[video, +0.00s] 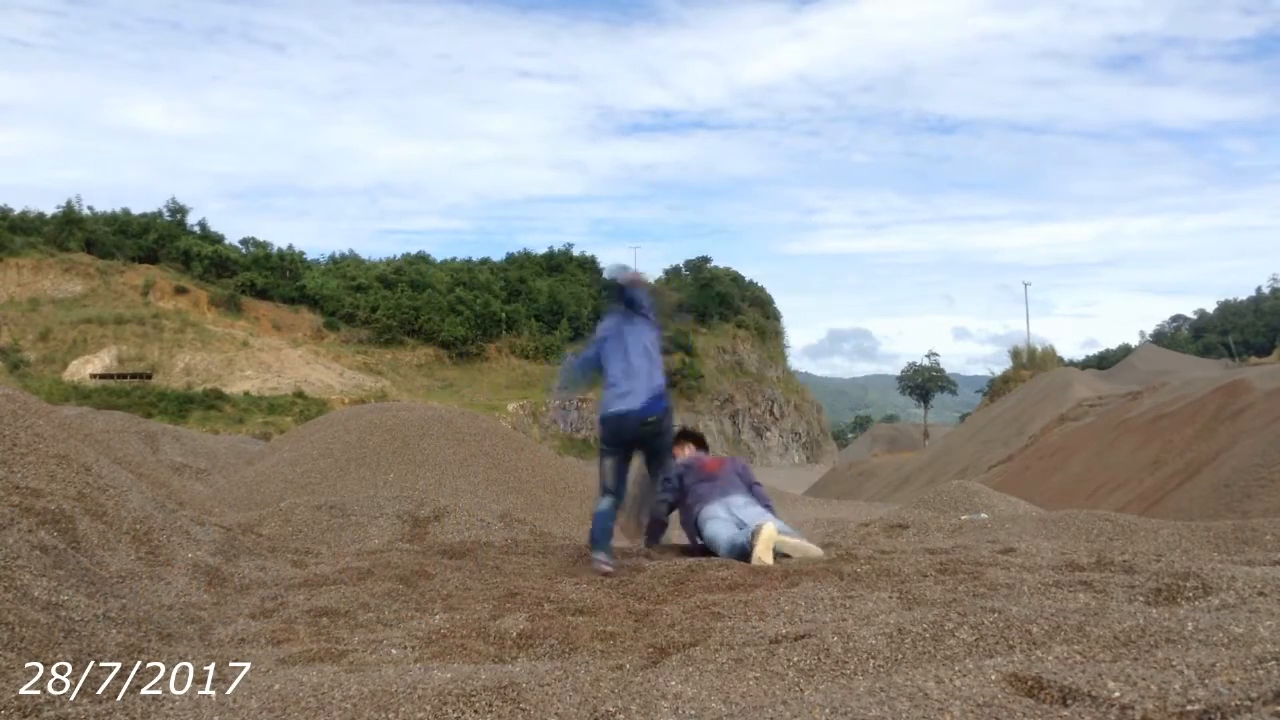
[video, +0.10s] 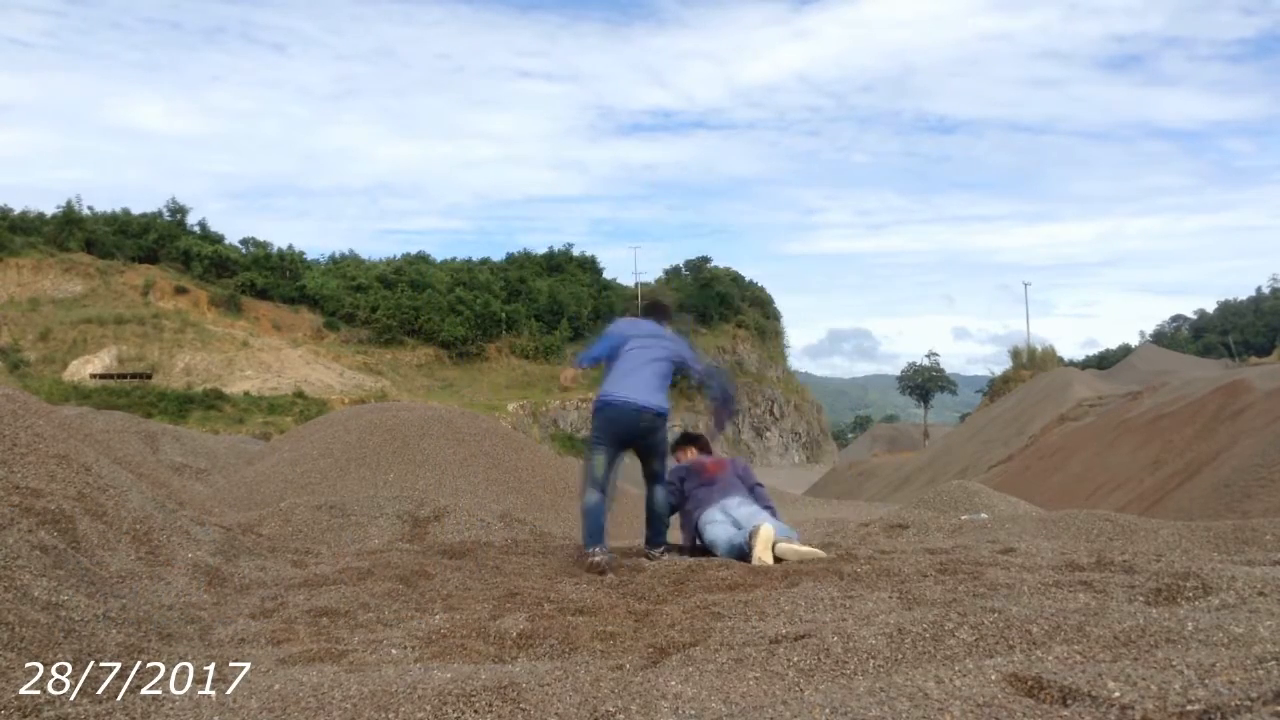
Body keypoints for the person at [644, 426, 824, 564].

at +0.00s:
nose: (674, 458)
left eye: (675, 453)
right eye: (673, 454)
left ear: (688, 448)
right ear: (703, 448)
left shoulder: (679, 468)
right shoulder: (731, 461)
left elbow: (662, 507)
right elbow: (756, 489)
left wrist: (651, 543)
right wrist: (770, 513)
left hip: (708, 508)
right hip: (742, 498)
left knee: (728, 542)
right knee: (769, 524)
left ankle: (754, 542)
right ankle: (795, 543)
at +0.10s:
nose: (677, 463)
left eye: (678, 458)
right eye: (675, 459)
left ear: (690, 450)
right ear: (706, 449)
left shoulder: (681, 470)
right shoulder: (733, 462)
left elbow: (666, 504)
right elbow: (757, 490)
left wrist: (652, 538)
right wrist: (774, 518)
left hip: (705, 511)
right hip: (738, 499)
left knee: (726, 540)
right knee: (764, 523)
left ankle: (752, 544)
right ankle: (787, 544)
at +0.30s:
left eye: (697, 503)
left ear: (700, 503)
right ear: (723, 502)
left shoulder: (697, 509)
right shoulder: (740, 504)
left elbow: (665, 515)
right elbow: (767, 508)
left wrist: (661, 546)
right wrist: (773, 521)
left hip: (718, 528)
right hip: (755, 519)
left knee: (737, 538)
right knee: (773, 540)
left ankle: (755, 539)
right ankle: (802, 541)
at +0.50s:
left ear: (698, 506)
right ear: (725, 505)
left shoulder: (691, 517)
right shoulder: (738, 510)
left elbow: (652, 534)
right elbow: (752, 512)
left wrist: (675, 543)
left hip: (713, 531)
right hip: (744, 520)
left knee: (725, 545)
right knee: (767, 540)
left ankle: (740, 540)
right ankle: (793, 541)